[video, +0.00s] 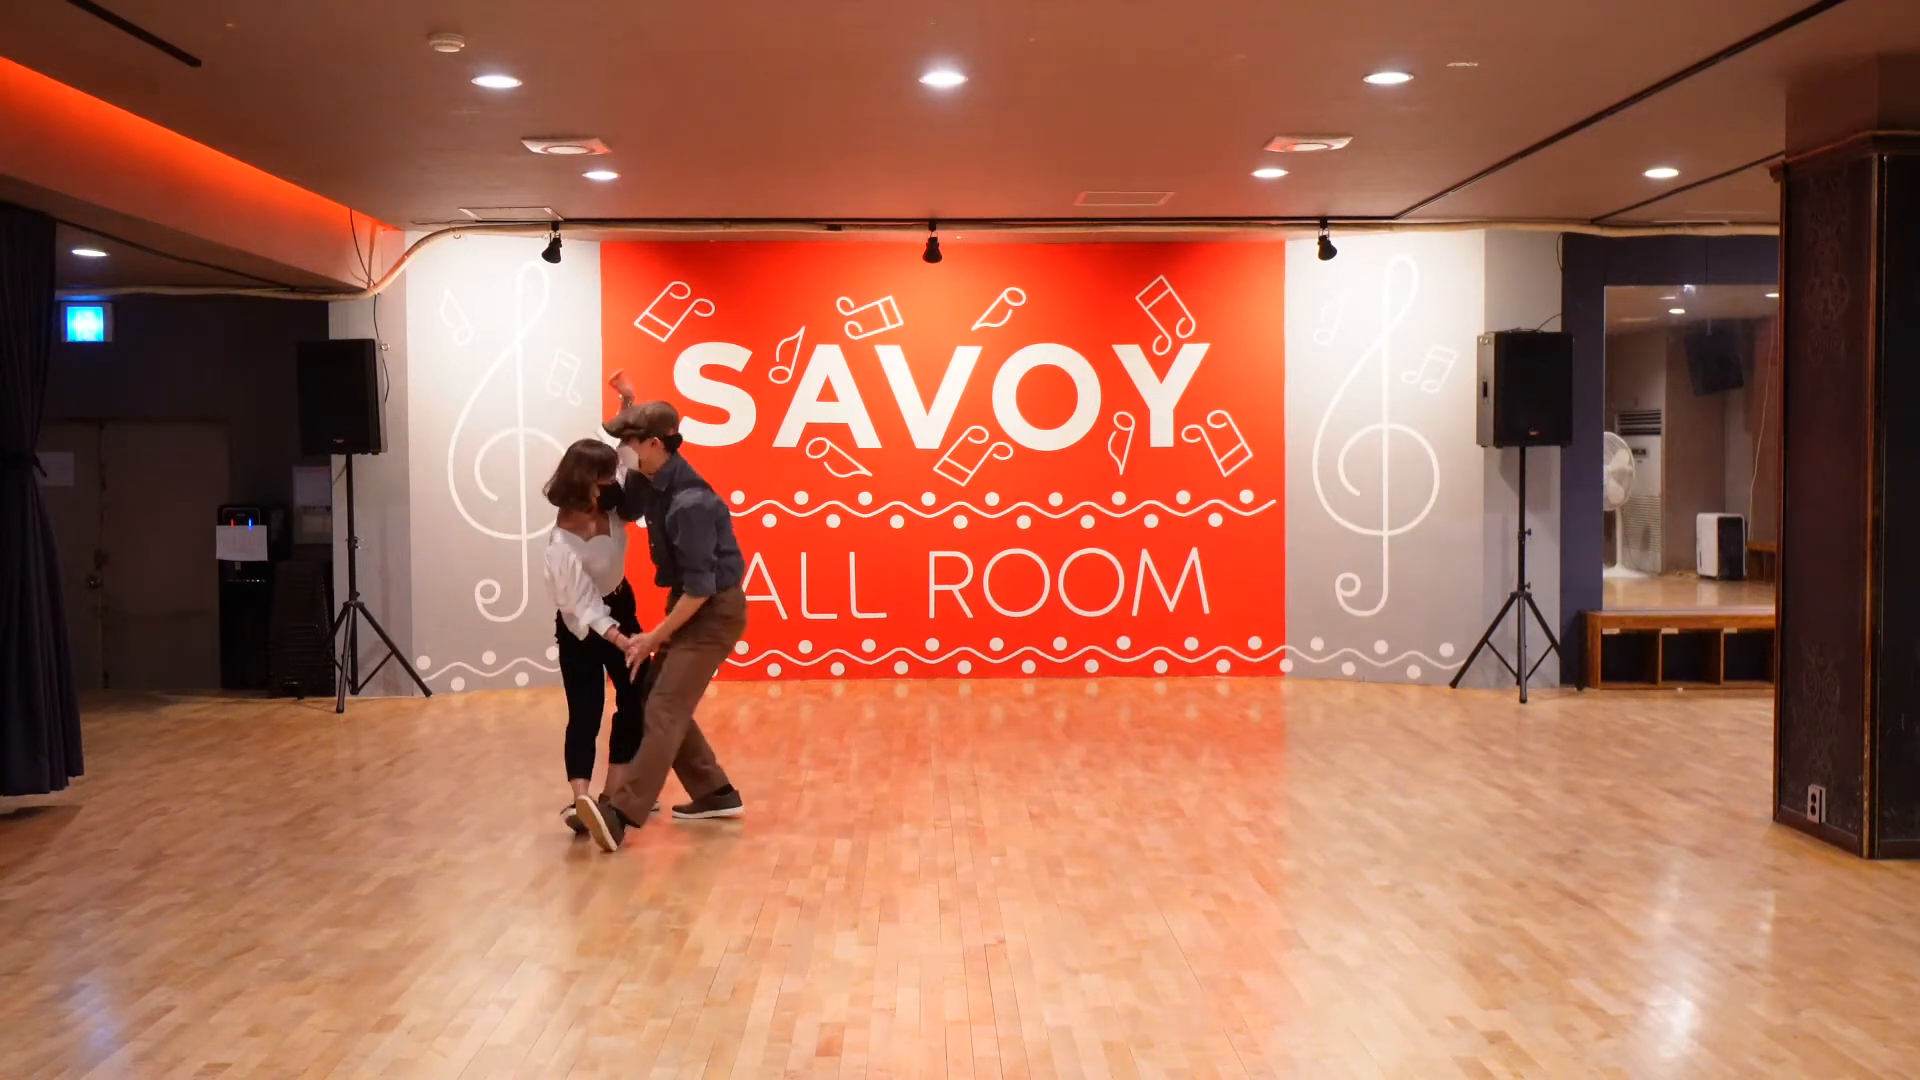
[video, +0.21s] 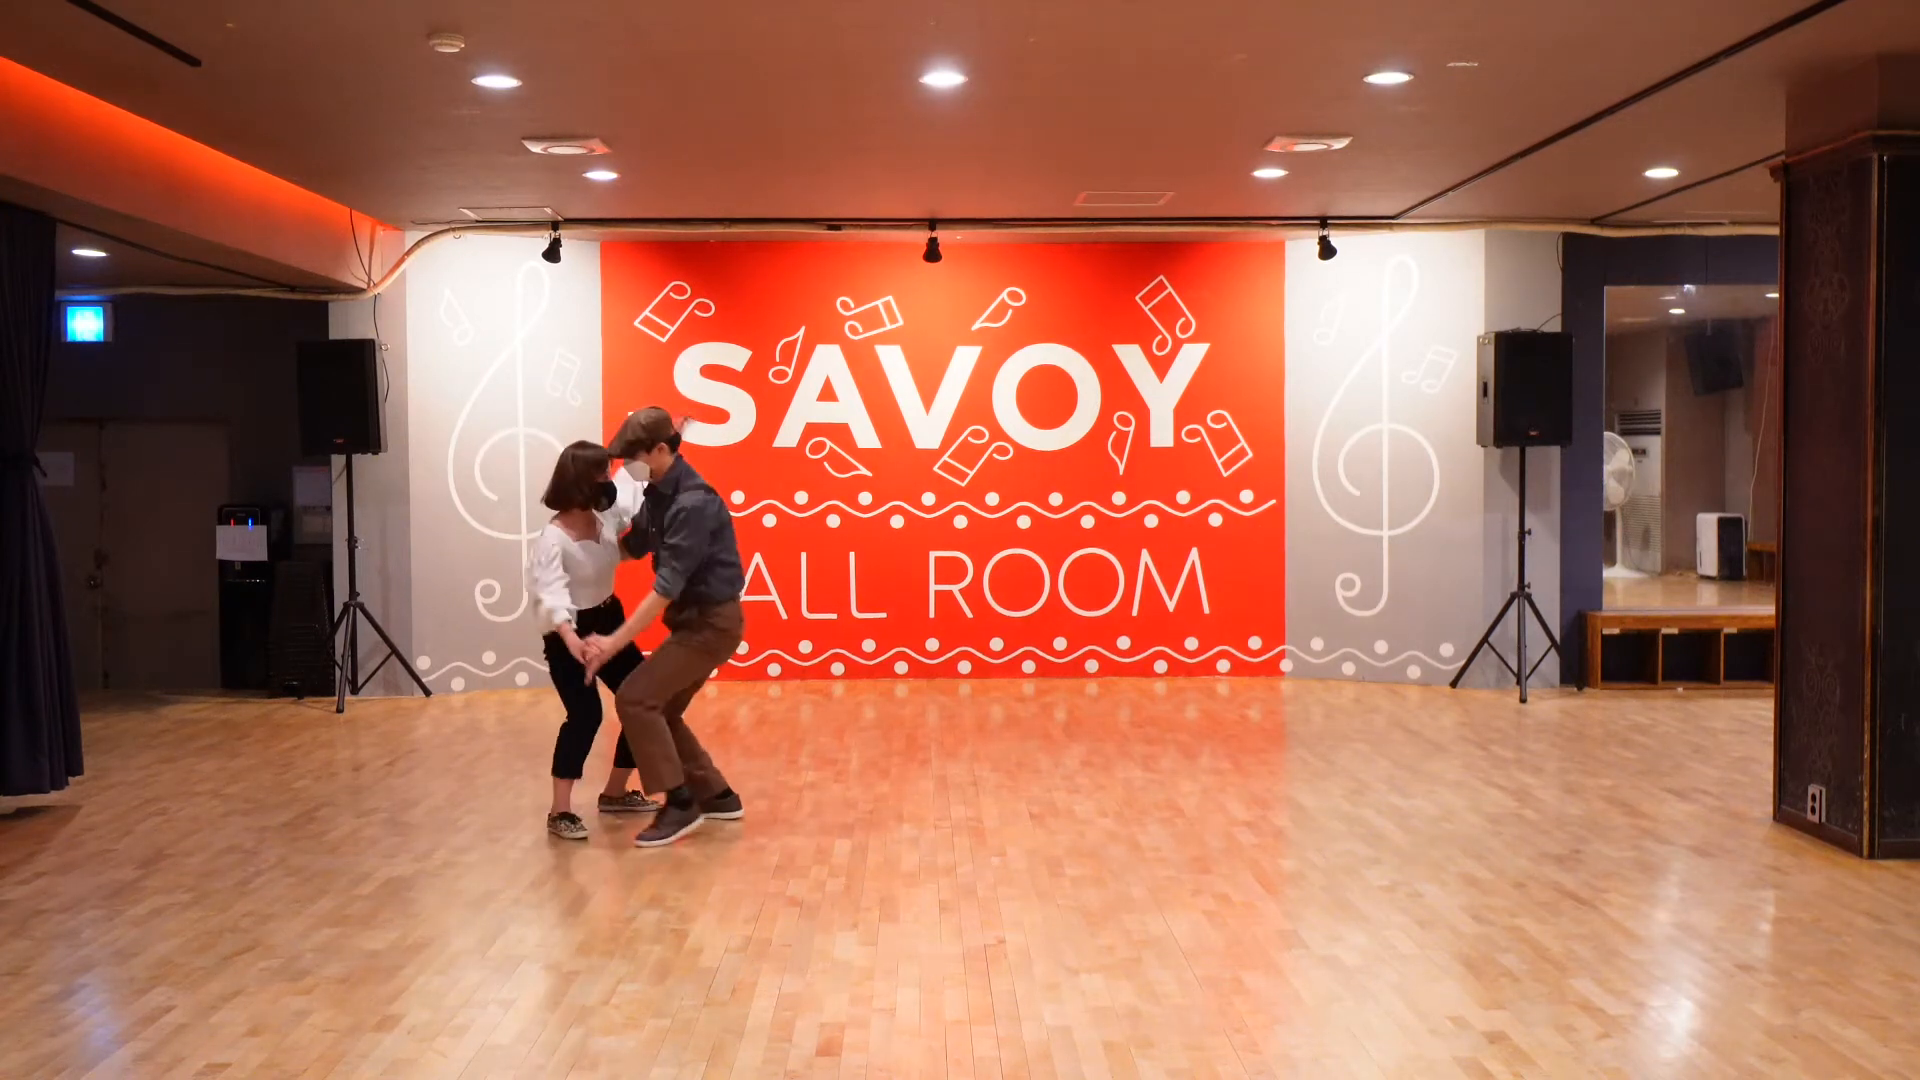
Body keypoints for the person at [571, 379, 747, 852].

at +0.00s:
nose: (629, 453)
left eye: (634, 443)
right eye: (628, 445)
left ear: (657, 444)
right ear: (655, 443)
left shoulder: (689, 502)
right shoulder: (651, 480)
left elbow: (699, 591)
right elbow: (622, 509)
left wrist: (655, 637)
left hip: (716, 610)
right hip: (689, 606)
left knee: (667, 704)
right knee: (659, 699)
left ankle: (620, 812)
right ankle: (716, 793)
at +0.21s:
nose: (629, 467)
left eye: (633, 458)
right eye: (627, 459)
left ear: (659, 451)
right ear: (657, 452)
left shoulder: (693, 502)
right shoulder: (661, 493)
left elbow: (666, 589)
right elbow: (633, 545)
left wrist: (614, 641)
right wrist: (580, 552)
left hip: (713, 624)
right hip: (693, 622)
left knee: (636, 697)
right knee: (662, 713)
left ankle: (679, 802)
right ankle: (716, 795)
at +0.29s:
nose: (630, 468)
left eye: (634, 459)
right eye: (627, 460)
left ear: (660, 447)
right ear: (658, 449)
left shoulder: (690, 492)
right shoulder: (662, 491)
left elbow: (653, 568)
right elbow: (628, 550)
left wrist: (589, 614)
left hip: (709, 622)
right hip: (690, 619)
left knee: (638, 712)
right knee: (659, 715)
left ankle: (686, 811)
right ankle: (716, 795)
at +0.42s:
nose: (630, 460)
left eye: (630, 450)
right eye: (625, 453)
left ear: (652, 437)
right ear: (657, 436)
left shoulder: (677, 465)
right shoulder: (668, 463)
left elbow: (633, 518)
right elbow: (638, 522)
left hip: (706, 600)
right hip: (690, 595)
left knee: (644, 707)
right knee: (639, 694)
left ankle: (685, 810)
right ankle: (688, 784)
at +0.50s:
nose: (626, 459)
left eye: (626, 448)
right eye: (621, 452)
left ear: (647, 432)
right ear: (650, 433)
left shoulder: (671, 453)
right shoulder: (662, 468)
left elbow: (630, 488)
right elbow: (624, 545)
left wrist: (557, 473)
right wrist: (593, 519)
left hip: (710, 589)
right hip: (694, 588)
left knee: (649, 700)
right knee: (630, 682)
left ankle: (693, 810)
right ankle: (640, 786)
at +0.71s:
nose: (621, 460)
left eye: (624, 450)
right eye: (618, 452)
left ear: (649, 434)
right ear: (645, 438)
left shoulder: (679, 462)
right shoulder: (656, 477)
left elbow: (644, 498)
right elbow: (615, 548)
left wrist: (596, 450)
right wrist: (585, 505)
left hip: (705, 607)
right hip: (685, 606)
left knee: (645, 712)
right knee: (621, 691)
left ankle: (689, 819)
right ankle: (612, 799)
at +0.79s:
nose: (627, 457)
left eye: (629, 446)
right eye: (623, 450)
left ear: (652, 435)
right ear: (648, 439)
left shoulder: (686, 473)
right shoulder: (656, 481)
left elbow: (658, 531)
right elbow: (619, 547)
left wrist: (609, 482)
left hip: (703, 613)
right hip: (680, 609)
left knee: (638, 714)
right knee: (618, 693)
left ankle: (688, 818)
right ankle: (646, 793)